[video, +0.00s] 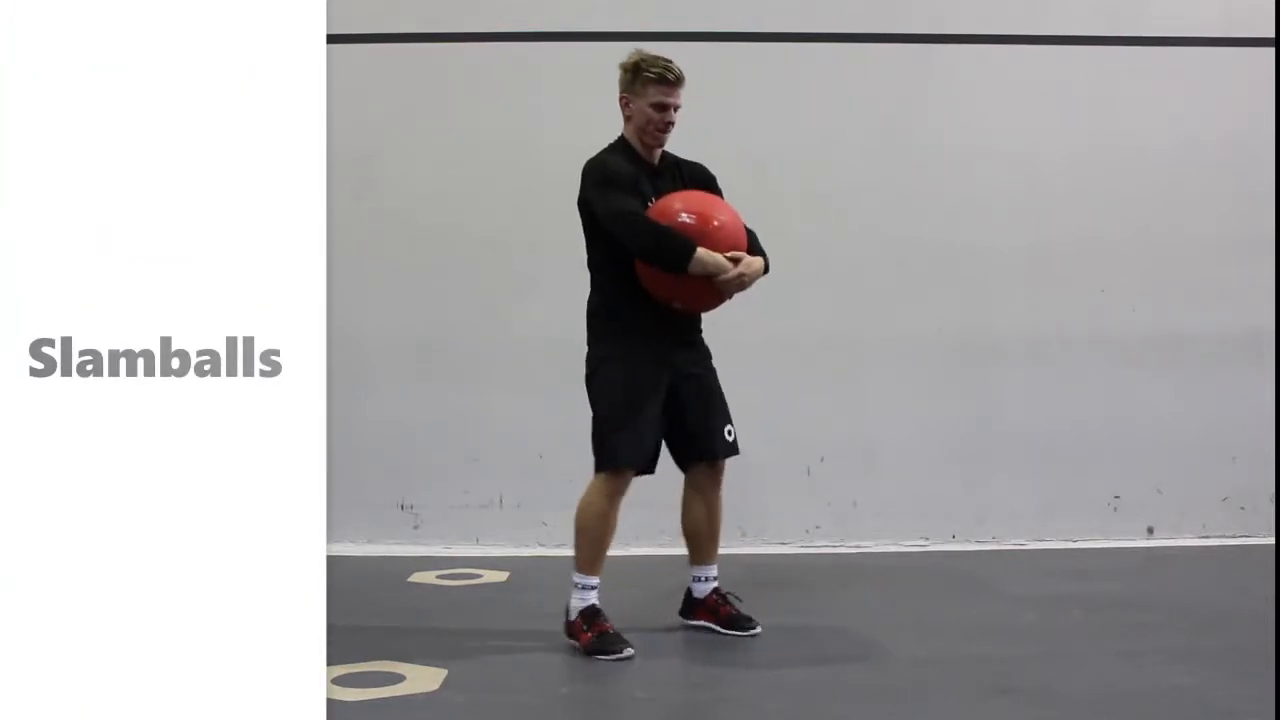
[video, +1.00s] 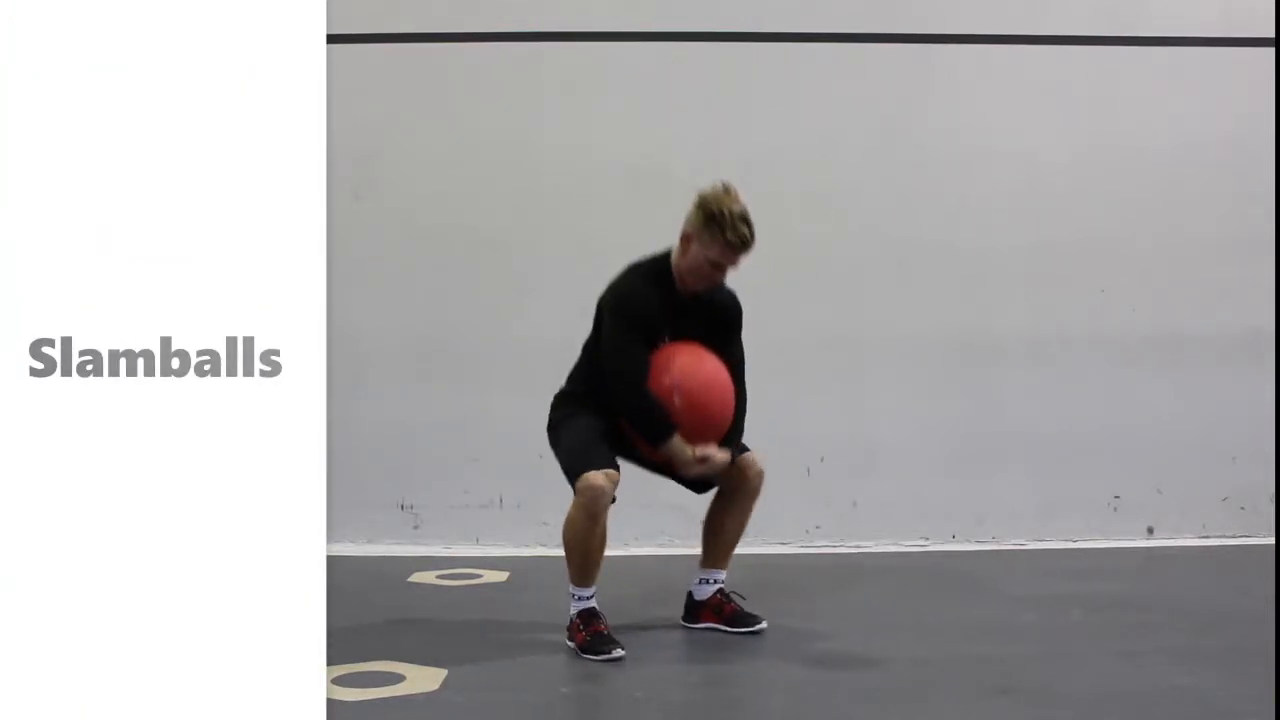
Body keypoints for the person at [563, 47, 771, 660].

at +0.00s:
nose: (664, 118)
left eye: (672, 108)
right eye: (653, 107)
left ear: (680, 109)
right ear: (625, 104)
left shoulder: (695, 177)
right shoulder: (603, 174)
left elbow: (741, 238)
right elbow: (635, 232)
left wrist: (756, 263)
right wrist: (713, 265)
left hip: (683, 341)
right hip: (621, 344)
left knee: (708, 459)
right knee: (616, 470)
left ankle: (703, 595)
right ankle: (584, 609)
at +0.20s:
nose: (661, 128)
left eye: (670, 118)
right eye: (650, 116)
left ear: (677, 118)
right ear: (623, 111)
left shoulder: (692, 186)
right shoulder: (599, 178)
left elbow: (735, 245)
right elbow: (627, 234)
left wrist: (750, 272)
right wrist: (694, 267)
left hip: (679, 348)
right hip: (617, 352)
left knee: (706, 466)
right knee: (616, 479)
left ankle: (702, 600)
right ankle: (587, 613)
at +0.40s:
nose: (668, 127)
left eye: (676, 117)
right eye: (656, 115)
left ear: (683, 116)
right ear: (628, 109)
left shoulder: (694, 182)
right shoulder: (602, 176)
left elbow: (734, 246)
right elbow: (627, 240)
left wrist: (750, 278)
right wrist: (705, 278)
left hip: (671, 346)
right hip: (611, 349)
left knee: (696, 465)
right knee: (607, 476)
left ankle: (702, 598)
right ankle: (585, 611)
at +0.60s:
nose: (690, 156)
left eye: (699, 145)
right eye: (681, 143)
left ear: (706, 140)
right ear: (650, 129)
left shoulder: (703, 203)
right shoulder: (612, 195)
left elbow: (733, 280)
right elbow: (625, 277)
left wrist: (739, 324)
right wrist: (693, 321)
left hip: (662, 356)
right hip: (599, 355)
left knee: (708, 460)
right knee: (603, 473)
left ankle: (703, 597)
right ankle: (585, 611)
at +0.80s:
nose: (707, 210)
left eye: (716, 201)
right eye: (701, 196)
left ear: (726, 193)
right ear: (673, 175)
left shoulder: (716, 249)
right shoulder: (624, 234)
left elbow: (731, 327)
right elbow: (621, 326)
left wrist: (730, 382)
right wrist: (677, 378)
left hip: (655, 379)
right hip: (591, 372)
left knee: (725, 469)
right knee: (600, 477)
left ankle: (705, 596)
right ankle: (583, 612)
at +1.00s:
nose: (719, 277)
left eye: (729, 268)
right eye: (713, 264)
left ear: (738, 259)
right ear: (686, 240)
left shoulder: (723, 307)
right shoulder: (633, 292)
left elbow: (731, 388)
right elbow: (621, 385)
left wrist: (724, 446)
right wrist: (675, 448)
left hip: (649, 418)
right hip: (586, 407)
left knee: (747, 472)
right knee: (597, 483)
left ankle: (706, 597)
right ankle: (583, 614)